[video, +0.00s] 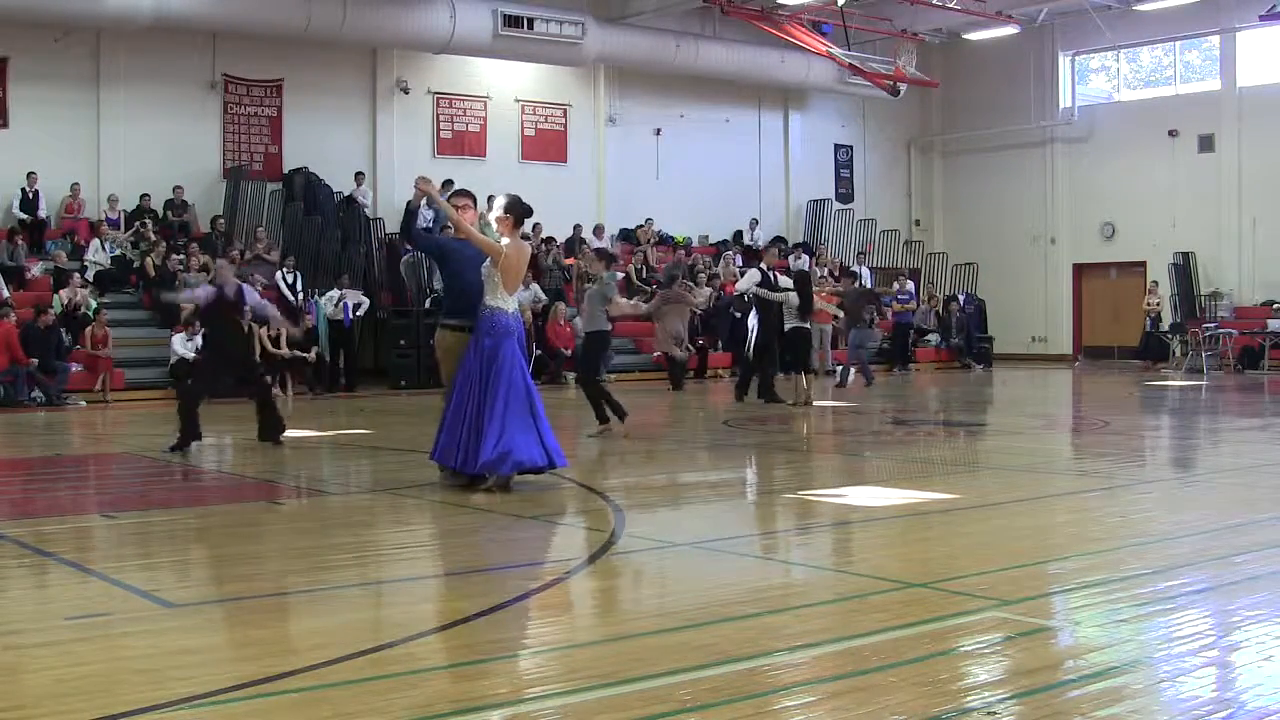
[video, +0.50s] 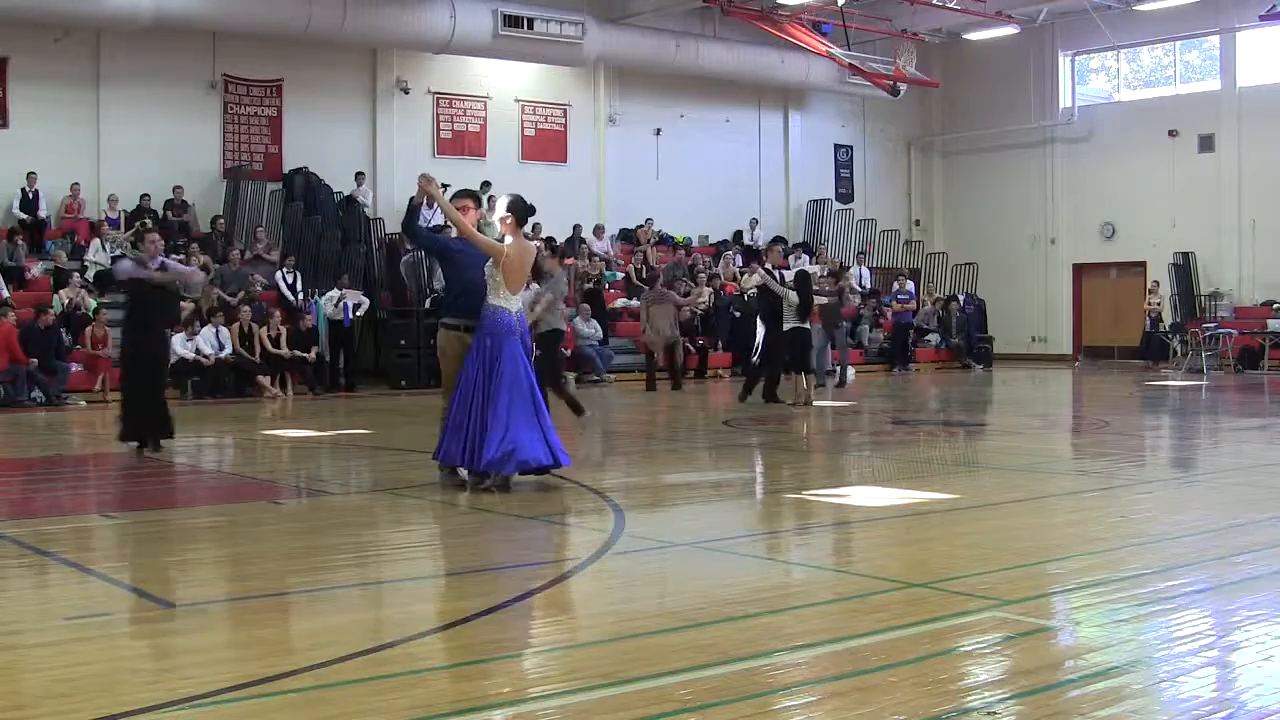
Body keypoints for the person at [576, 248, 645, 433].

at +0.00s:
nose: (591, 265)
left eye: (594, 262)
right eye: (591, 262)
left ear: (604, 263)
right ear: (600, 263)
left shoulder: (607, 282)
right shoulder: (599, 283)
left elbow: (617, 304)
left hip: (598, 333)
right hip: (592, 333)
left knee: (588, 378)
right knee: (585, 378)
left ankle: (621, 414)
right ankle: (603, 421)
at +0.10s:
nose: (583, 265)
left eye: (587, 261)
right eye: (583, 261)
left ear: (598, 263)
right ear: (592, 264)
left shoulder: (601, 284)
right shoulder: (589, 284)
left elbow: (608, 304)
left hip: (595, 332)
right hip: (586, 331)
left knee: (579, 376)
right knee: (578, 376)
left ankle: (600, 415)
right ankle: (599, 416)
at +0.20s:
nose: (576, 265)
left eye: (579, 261)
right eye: (576, 261)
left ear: (588, 261)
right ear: (587, 261)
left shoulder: (594, 280)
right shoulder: (584, 282)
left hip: (589, 332)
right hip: (581, 332)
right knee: (582, 378)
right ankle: (603, 419)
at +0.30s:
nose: (566, 267)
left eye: (569, 262)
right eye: (564, 263)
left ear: (580, 263)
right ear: (568, 264)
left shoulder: (585, 284)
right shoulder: (573, 284)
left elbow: (581, 310)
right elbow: (562, 311)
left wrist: (577, 338)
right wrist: (550, 333)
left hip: (575, 338)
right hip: (568, 337)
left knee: (550, 374)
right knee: (583, 381)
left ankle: (547, 420)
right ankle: (603, 420)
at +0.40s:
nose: (555, 267)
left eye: (559, 262)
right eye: (555, 263)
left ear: (568, 264)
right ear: (566, 265)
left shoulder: (569, 286)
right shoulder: (563, 285)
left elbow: (561, 311)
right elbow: (548, 305)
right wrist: (535, 319)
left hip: (563, 335)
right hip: (562, 334)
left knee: (544, 380)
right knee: (576, 378)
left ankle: (543, 423)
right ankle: (598, 417)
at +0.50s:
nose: (542, 263)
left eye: (545, 259)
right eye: (542, 259)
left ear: (555, 259)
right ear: (554, 260)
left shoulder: (557, 281)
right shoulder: (551, 280)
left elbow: (542, 305)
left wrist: (527, 322)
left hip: (553, 330)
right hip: (544, 330)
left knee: (553, 379)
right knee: (539, 378)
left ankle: (581, 413)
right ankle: (542, 417)